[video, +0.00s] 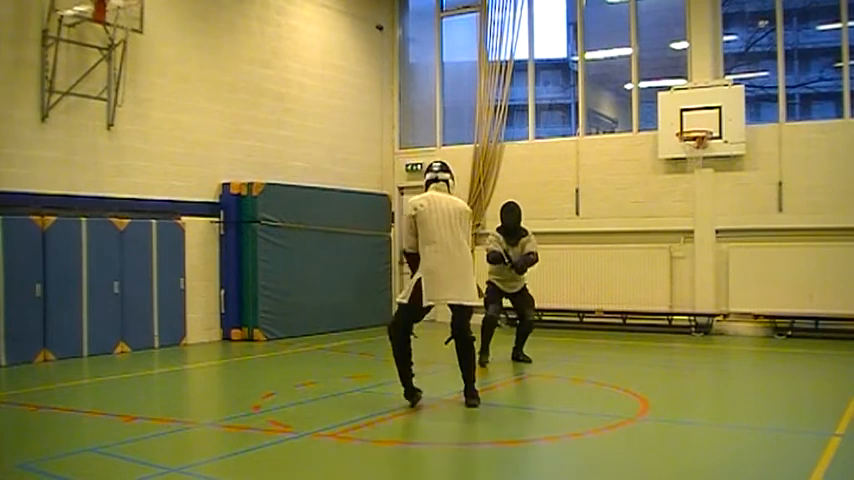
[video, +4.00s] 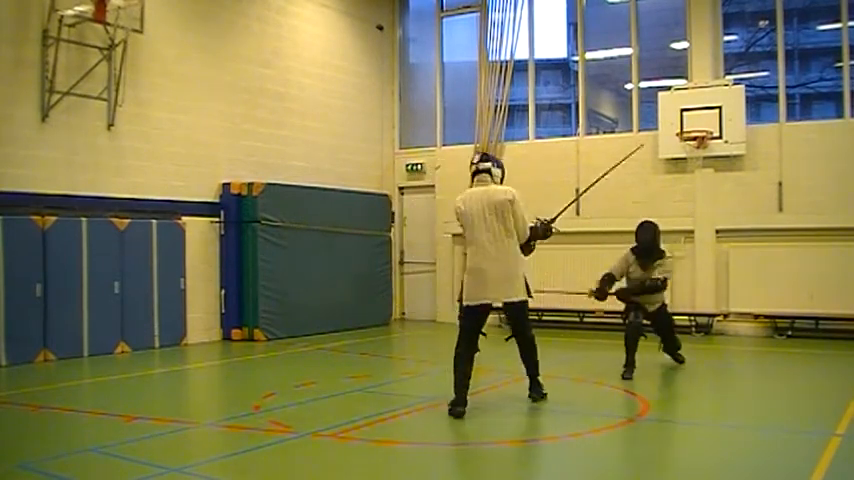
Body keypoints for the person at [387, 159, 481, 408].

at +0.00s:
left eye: (428, 179)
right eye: (446, 181)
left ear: (426, 181)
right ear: (451, 182)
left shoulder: (415, 203)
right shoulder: (463, 207)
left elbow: (410, 249)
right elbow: (466, 247)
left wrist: (421, 278)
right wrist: (459, 274)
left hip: (429, 279)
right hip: (462, 279)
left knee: (398, 328)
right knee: (462, 331)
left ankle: (409, 389)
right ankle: (471, 391)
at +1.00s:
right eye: (445, 184)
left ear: (422, 185)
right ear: (446, 185)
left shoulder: (409, 207)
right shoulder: (459, 211)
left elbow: (404, 251)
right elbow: (463, 252)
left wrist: (421, 270)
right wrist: (447, 272)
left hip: (419, 287)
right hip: (455, 288)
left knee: (390, 350)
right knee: (459, 338)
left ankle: (394, 414)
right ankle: (470, 392)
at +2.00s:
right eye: (453, 182)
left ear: (429, 182)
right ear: (454, 184)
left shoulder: (416, 206)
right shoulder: (466, 211)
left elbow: (413, 248)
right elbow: (471, 251)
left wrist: (433, 265)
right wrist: (457, 271)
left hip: (427, 284)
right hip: (460, 284)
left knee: (400, 348)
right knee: (463, 335)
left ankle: (396, 414)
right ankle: (471, 392)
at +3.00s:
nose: (487, 186)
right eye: (487, 182)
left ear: (459, 179)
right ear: (483, 182)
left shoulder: (441, 202)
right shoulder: (491, 206)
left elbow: (439, 241)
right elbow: (497, 253)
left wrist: (455, 262)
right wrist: (477, 267)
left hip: (447, 281)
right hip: (481, 283)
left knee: (433, 339)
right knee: (483, 335)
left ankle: (449, 400)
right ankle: (474, 392)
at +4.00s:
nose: (501, 177)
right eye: (500, 172)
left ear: (473, 174)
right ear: (497, 173)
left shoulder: (462, 201)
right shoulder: (509, 194)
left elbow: (468, 240)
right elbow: (524, 234)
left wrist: (524, 241)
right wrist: (538, 232)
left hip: (476, 282)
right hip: (511, 280)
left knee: (466, 341)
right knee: (524, 333)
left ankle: (459, 401)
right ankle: (535, 386)